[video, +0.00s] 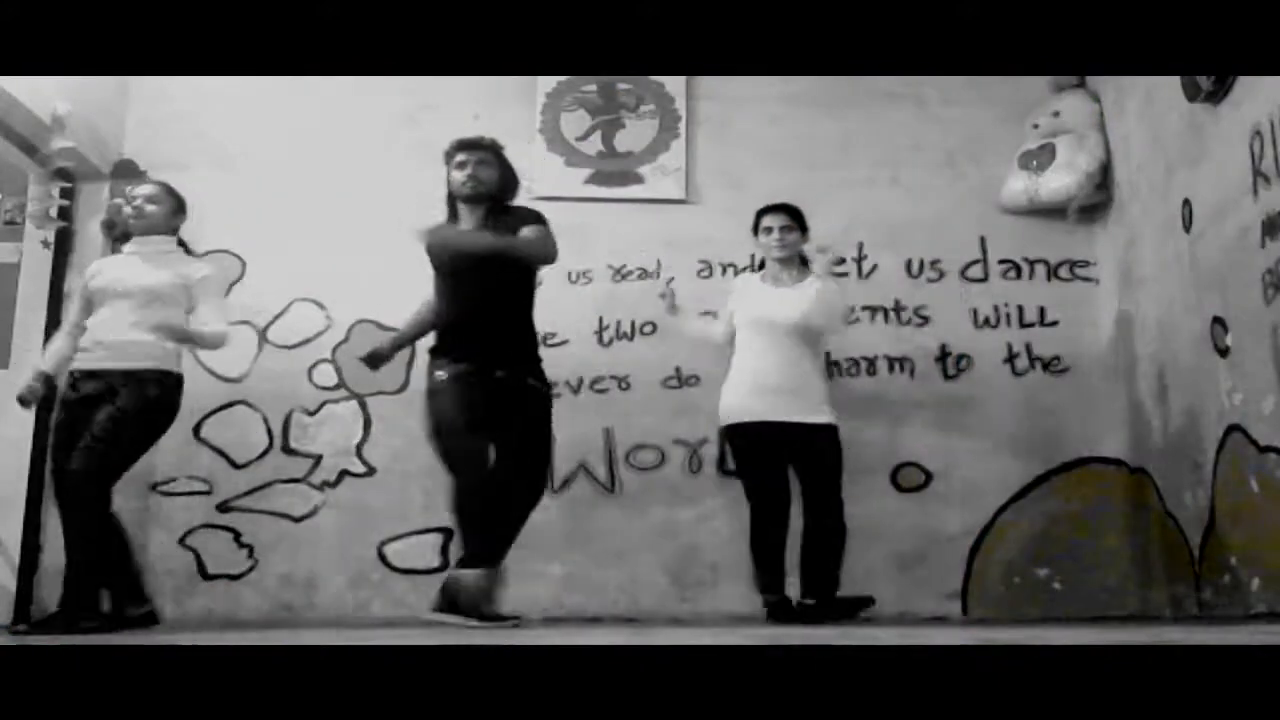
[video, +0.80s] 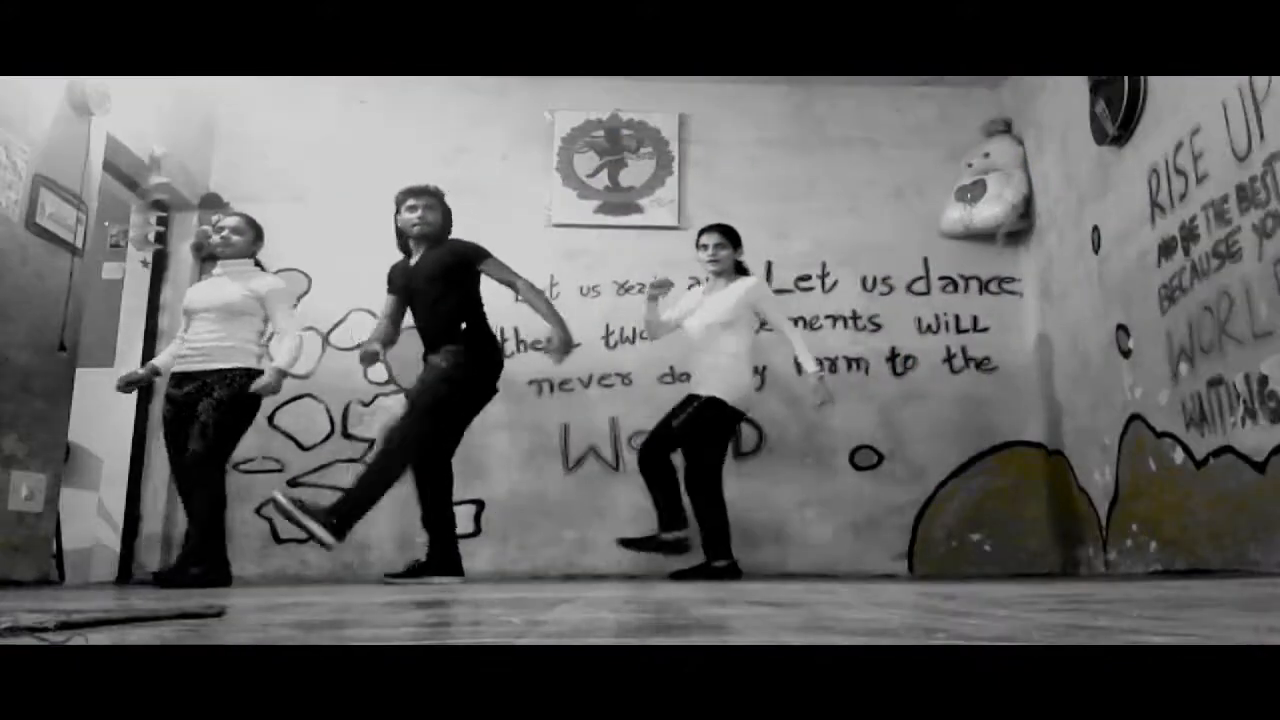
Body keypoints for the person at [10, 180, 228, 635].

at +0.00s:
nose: (135, 203)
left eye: (150, 199)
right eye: (132, 199)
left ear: (175, 218)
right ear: (125, 213)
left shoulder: (194, 267)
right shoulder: (100, 268)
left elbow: (216, 335)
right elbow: (70, 330)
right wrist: (42, 374)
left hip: (148, 381)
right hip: (87, 380)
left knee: (84, 478)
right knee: (71, 482)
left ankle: (131, 601)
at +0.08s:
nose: (216, 239)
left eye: (228, 235)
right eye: (212, 235)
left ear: (249, 250)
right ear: (205, 249)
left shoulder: (262, 289)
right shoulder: (193, 297)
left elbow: (261, 343)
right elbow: (176, 350)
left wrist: (205, 340)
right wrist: (145, 388)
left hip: (228, 390)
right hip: (178, 387)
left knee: (174, 462)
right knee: (162, 466)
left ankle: (207, 566)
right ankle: (167, 566)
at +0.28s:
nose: (219, 238)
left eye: (231, 234)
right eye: (216, 233)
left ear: (252, 247)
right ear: (209, 243)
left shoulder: (268, 286)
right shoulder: (196, 292)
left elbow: (290, 339)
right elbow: (181, 343)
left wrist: (263, 369)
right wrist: (144, 372)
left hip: (239, 384)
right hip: (194, 384)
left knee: (148, 439)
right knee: (198, 475)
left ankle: (192, 526)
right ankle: (213, 568)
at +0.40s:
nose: (220, 239)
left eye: (231, 235)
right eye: (217, 234)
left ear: (254, 247)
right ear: (211, 243)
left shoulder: (270, 287)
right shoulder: (198, 293)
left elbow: (294, 340)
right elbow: (180, 343)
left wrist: (274, 377)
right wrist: (144, 367)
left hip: (244, 384)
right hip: (199, 385)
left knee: (157, 429)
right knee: (202, 476)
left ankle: (181, 520)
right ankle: (214, 567)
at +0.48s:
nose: (221, 236)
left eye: (232, 232)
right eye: (217, 231)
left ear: (253, 245)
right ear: (209, 241)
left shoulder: (270, 283)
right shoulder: (196, 289)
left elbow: (289, 338)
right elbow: (183, 341)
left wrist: (271, 373)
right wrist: (155, 365)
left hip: (247, 383)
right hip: (200, 386)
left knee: (180, 450)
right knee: (205, 477)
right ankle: (215, 567)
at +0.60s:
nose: (221, 236)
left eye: (233, 232)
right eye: (217, 232)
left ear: (254, 246)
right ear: (210, 243)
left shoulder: (269, 284)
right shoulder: (198, 290)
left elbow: (295, 336)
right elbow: (183, 342)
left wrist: (264, 371)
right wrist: (155, 371)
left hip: (245, 384)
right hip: (198, 386)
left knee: (175, 445)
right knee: (205, 479)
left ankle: (157, 547)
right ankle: (215, 569)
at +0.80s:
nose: (222, 235)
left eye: (234, 231)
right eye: (218, 230)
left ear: (254, 245)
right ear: (210, 239)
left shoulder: (266, 282)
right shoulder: (197, 289)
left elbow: (288, 332)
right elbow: (182, 341)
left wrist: (277, 371)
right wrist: (149, 370)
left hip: (233, 380)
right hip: (184, 381)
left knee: (203, 463)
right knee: (185, 471)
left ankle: (205, 564)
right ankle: (203, 562)